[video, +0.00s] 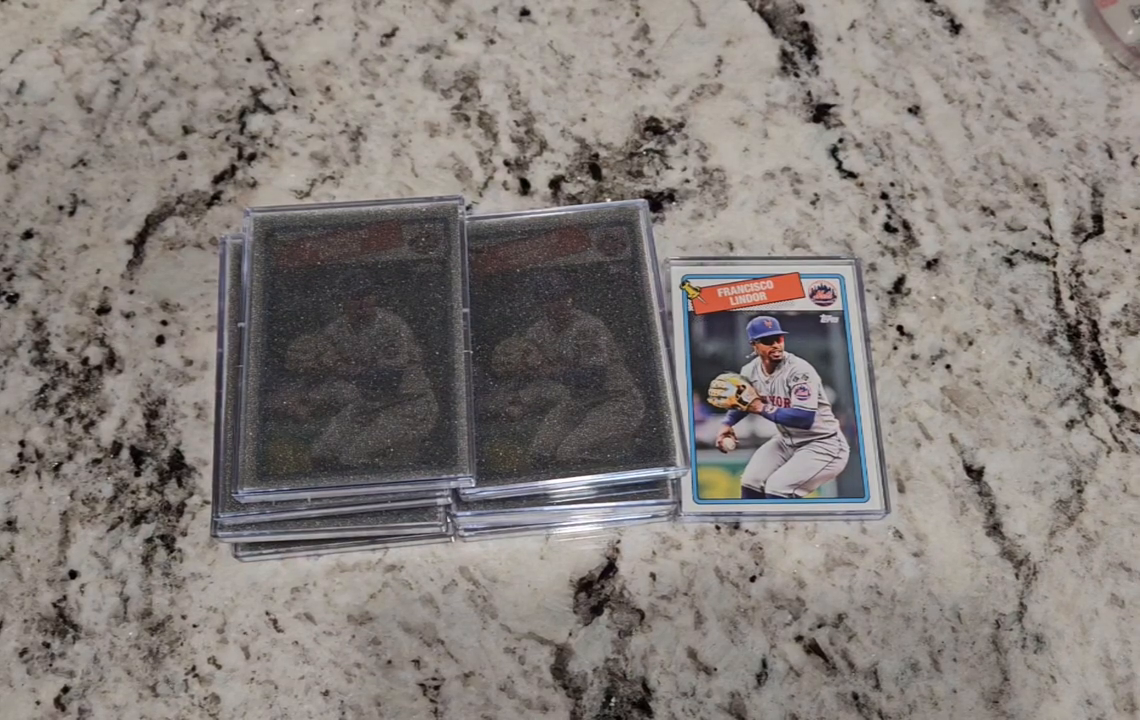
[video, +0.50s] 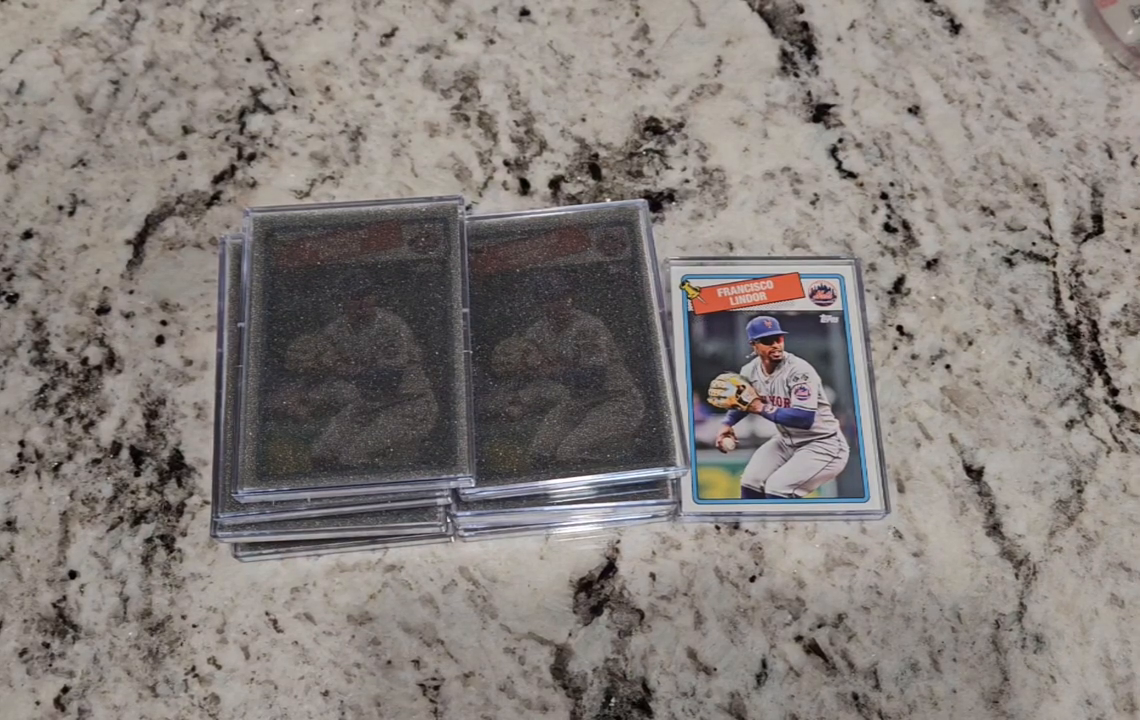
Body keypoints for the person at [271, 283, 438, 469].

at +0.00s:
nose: (361, 305)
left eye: (366, 297)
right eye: (355, 299)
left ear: (375, 298)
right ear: (344, 303)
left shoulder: (393, 326)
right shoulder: (337, 331)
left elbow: (393, 378)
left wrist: (348, 370)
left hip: (413, 405)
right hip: (371, 403)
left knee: (357, 450)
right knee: (324, 449)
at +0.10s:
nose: (362, 303)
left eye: (367, 296)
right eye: (355, 298)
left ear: (375, 297)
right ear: (344, 302)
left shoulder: (393, 327)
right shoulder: (337, 331)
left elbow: (391, 380)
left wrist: (344, 370)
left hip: (413, 405)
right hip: (370, 404)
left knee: (355, 453)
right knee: (323, 451)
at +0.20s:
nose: (362, 302)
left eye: (366, 295)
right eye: (355, 297)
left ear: (375, 297)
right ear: (345, 301)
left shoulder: (393, 327)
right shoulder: (337, 331)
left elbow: (391, 378)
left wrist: (346, 372)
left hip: (413, 404)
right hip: (371, 404)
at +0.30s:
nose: (362, 302)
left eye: (366, 295)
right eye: (356, 297)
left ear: (375, 297)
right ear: (346, 301)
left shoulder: (393, 327)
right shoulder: (338, 331)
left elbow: (391, 380)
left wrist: (346, 372)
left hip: (413, 405)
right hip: (372, 403)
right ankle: (320, 458)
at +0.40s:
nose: (361, 303)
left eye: (365, 296)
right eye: (355, 297)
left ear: (375, 297)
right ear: (344, 302)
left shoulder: (393, 327)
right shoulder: (337, 331)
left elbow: (391, 379)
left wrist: (343, 370)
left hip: (412, 405)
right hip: (369, 404)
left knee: (356, 450)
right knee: (324, 450)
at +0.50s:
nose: (361, 303)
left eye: (366, 296)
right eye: (355, 297)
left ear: (375, 297)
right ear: (344, 302)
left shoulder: (393, 327)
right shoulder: (337, 331)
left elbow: (391, 379)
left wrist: (343, 370)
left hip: (412, 405)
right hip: (369, 404)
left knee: (357, 450)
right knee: (324, 450)